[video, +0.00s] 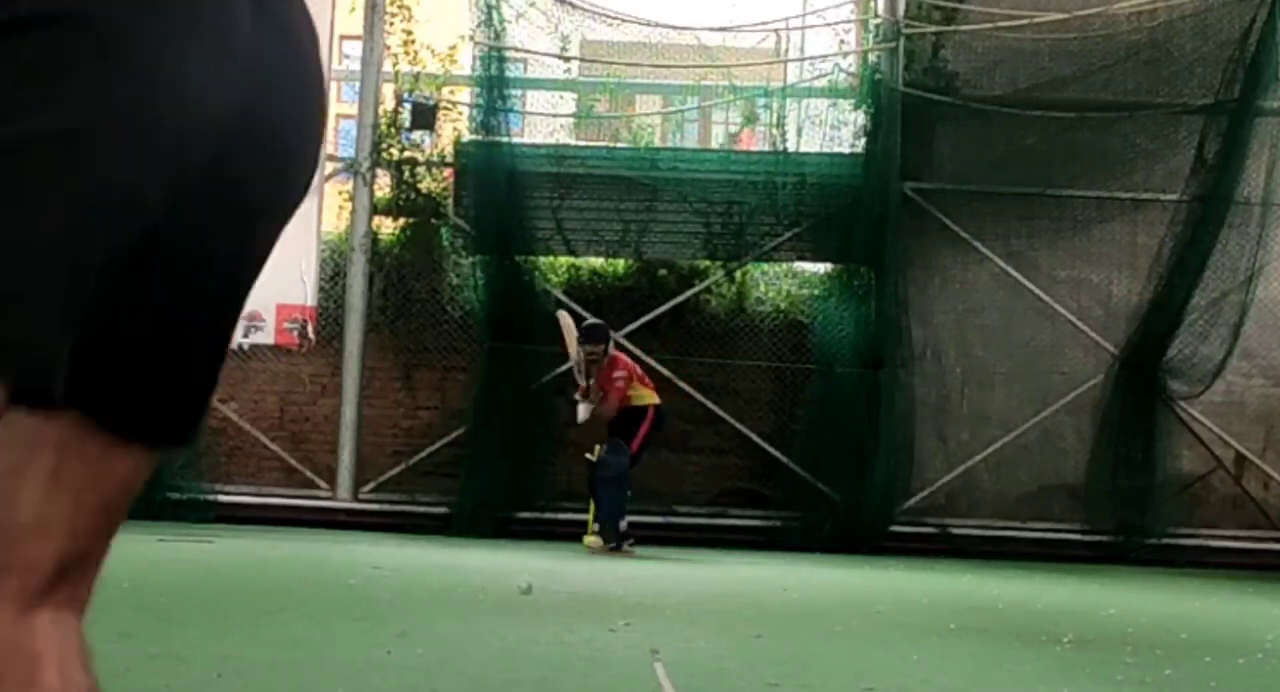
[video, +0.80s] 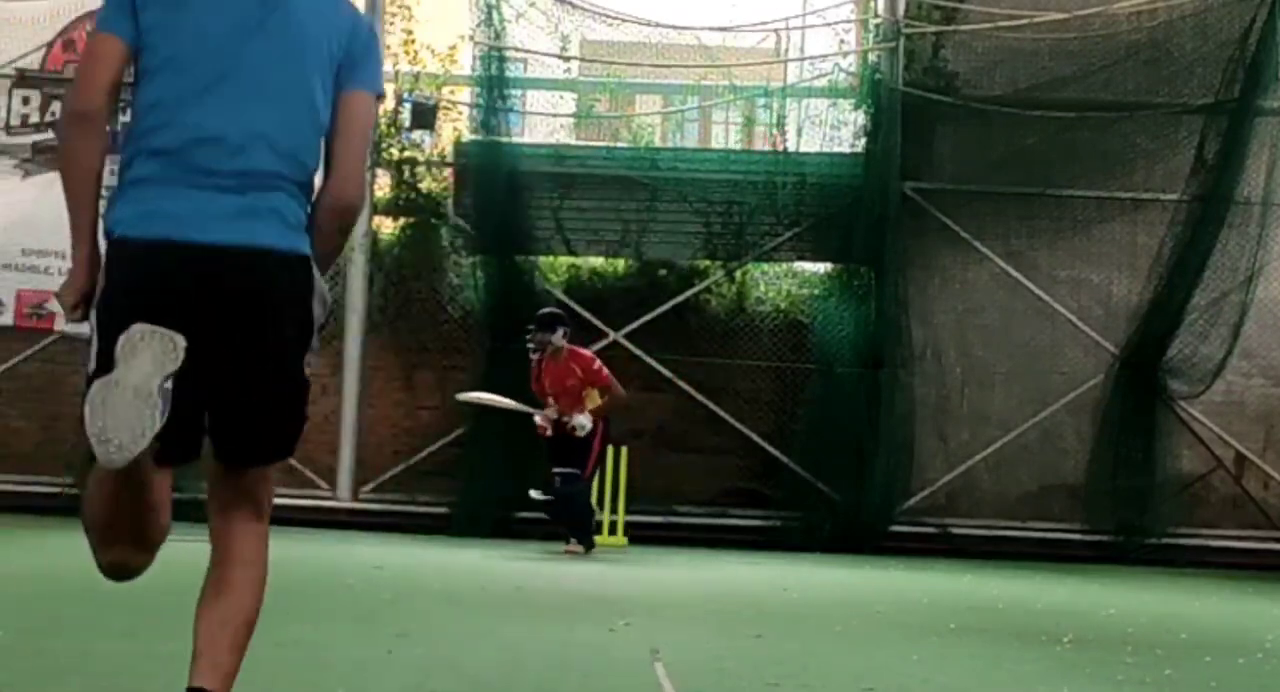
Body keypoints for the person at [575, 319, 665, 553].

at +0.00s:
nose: (591, 357)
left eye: (596, 352)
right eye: (587, 352)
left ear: (607, 348)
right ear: (581, 349)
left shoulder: (620, 365)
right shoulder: (591, 365)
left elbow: (609, 410)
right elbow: (594, 392)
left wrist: (591, 402)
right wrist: (587, 392)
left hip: (645, 406)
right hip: (623, 407)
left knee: (618, 463)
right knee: (608, 461)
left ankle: (610, 530)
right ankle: (609, 528)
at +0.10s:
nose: (583, 350)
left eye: (588, 344)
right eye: (579, 344)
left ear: (601, 340)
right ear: (574, 341)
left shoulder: (616, 352)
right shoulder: (581, 356)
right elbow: (579, 379)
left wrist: (584, 378)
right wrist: (574, 389)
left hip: (636, 406)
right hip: (610, 407)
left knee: (619, 463)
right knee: (604, 463)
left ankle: (593, 523)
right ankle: (617, 533)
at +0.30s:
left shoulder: (603, 345)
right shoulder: (576, 359)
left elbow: (593, 314)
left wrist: (571, 337)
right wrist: (572, 381)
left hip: (623, 409)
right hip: (602, 412)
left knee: (608, 471)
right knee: (603, 472)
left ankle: (585, 534)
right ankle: (617, 535)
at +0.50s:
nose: (549, 366)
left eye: (553, 362)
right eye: (548, 363)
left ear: (566, 353)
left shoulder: (586, 359)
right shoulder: (561, 374)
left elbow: (588, 349)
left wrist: (570, 368)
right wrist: (560, 395)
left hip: (611, 416)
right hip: (589, 420)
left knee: (592, 472)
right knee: (594, 477)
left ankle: (583, 535)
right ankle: (619, 535)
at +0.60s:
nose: (546, 370)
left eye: (551, 364)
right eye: (543, 365)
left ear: (566, 354)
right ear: (541, 360)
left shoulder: (582, 359)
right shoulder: (549, 379)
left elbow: (613, 364)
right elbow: (554, 408)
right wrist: (566, 411)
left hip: (604, 419)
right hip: (582, 423)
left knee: (583, 475)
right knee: (584, 480)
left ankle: (581, 536)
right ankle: (619, 535)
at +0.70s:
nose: (541, 354)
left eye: (546, 347)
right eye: (540, 348)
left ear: (561, 347)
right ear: (543, 350)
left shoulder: (582, 362)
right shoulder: (542, 380)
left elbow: (625, 386)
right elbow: (555, 412)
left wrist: (601, 411)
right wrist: (561, 422)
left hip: (598, 426)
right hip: (572, 430)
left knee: (578, 480)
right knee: (570, 481)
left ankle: (582, 538)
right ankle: (607, 530)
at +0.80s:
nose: (538, 339)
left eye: (544, 333)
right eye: (537, 333)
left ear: (561, 335)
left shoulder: (584, 360)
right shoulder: (541, 363)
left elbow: (618, 394)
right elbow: (548, 398)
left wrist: (591, 414)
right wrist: (547, 415)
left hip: (588, 423)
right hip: (562, 423)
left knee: (575, 480)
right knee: (559, 480)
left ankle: (583, 538)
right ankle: (575, 535)